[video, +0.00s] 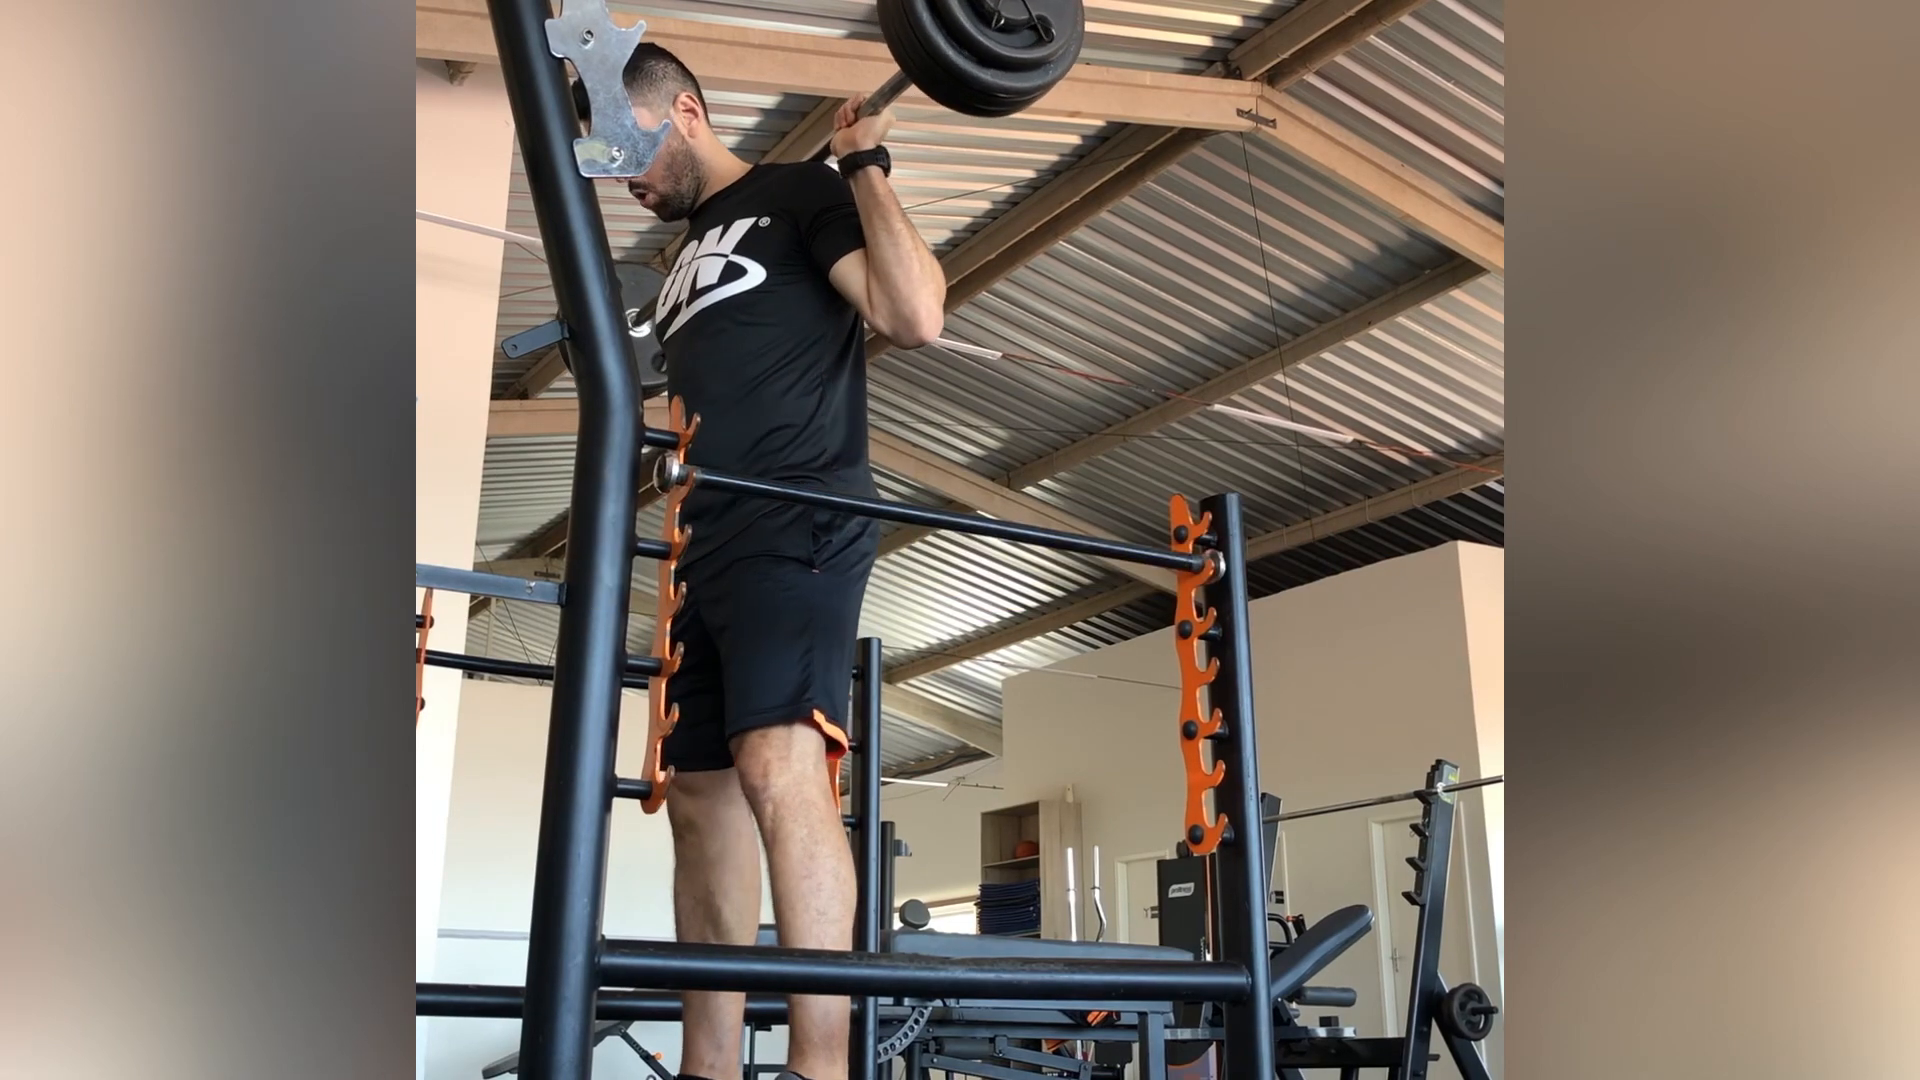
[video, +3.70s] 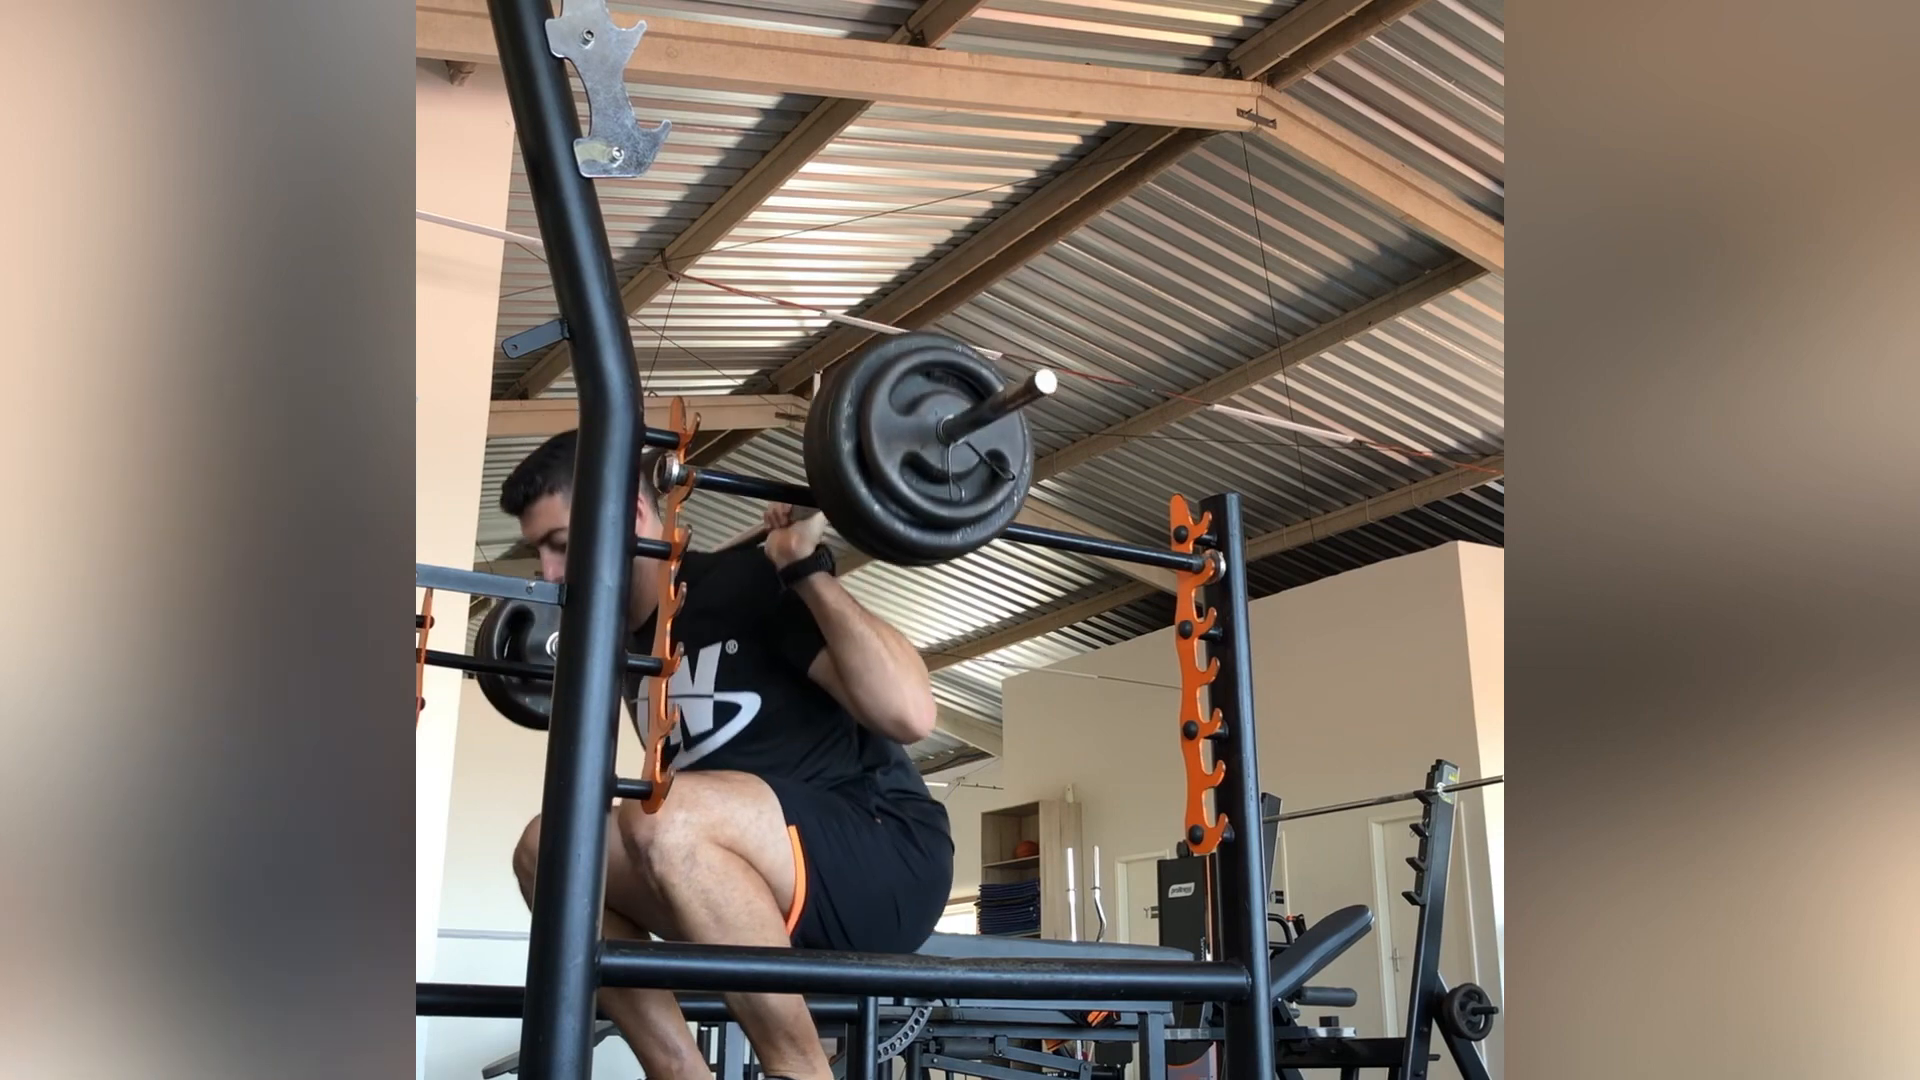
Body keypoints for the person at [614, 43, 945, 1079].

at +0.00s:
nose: (631, 180)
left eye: (636, 149)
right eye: (618, 161)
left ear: (692, 113)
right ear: (672, 130)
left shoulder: (804, 190)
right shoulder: (684, 259)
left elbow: (916, 315)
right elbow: (700, 411)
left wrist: (867, 168)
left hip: (799, 521)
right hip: (711, 535)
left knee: (781, 762)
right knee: (697, 787)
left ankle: (826, 1063)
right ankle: (713, 1063)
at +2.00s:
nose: (615, 183)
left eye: (626, 155)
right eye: (602, 168)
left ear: (680, 127)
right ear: (610, 171)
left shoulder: (790, 205)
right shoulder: (677, 277)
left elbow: (914, 332)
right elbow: (709, 421)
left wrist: (855, 184)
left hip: (817, 526)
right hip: (725, 546)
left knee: (758, 754)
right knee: (683, 789)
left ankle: (819, 1063)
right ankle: (699, 1068)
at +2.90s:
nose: (590, 309)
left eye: (600, 283)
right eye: (582, 288)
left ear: (661, 267)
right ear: (642, 277)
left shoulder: (781, 341)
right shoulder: (661, 406)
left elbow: (914, 472)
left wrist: (837, 318)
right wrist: (621, 433)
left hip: (868, 634)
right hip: (763, 659)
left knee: (702, 789)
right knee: (587, 812)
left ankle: (816, 1068)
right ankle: (686, 1072)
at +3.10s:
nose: (570, 406)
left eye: (578, 376)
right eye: (557, 387)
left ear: (649, 350)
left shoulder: (766, 415)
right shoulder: (646, 487)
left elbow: (911, 550)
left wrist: (827, 407)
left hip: (882, 700)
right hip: (772, 721)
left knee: (690, 793)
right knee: (568, 833)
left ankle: (816, 1070)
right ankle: (685, 1074)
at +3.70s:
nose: (548, 573)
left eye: (560, 542)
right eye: (537, 552)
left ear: (638, 514)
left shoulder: (749, 578)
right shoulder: (623, 643)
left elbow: (911, 714)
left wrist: (809, 570)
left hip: (886, 853)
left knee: (667, 818)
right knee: (547, 848)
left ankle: (802, 1071)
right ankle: (681, 1073)